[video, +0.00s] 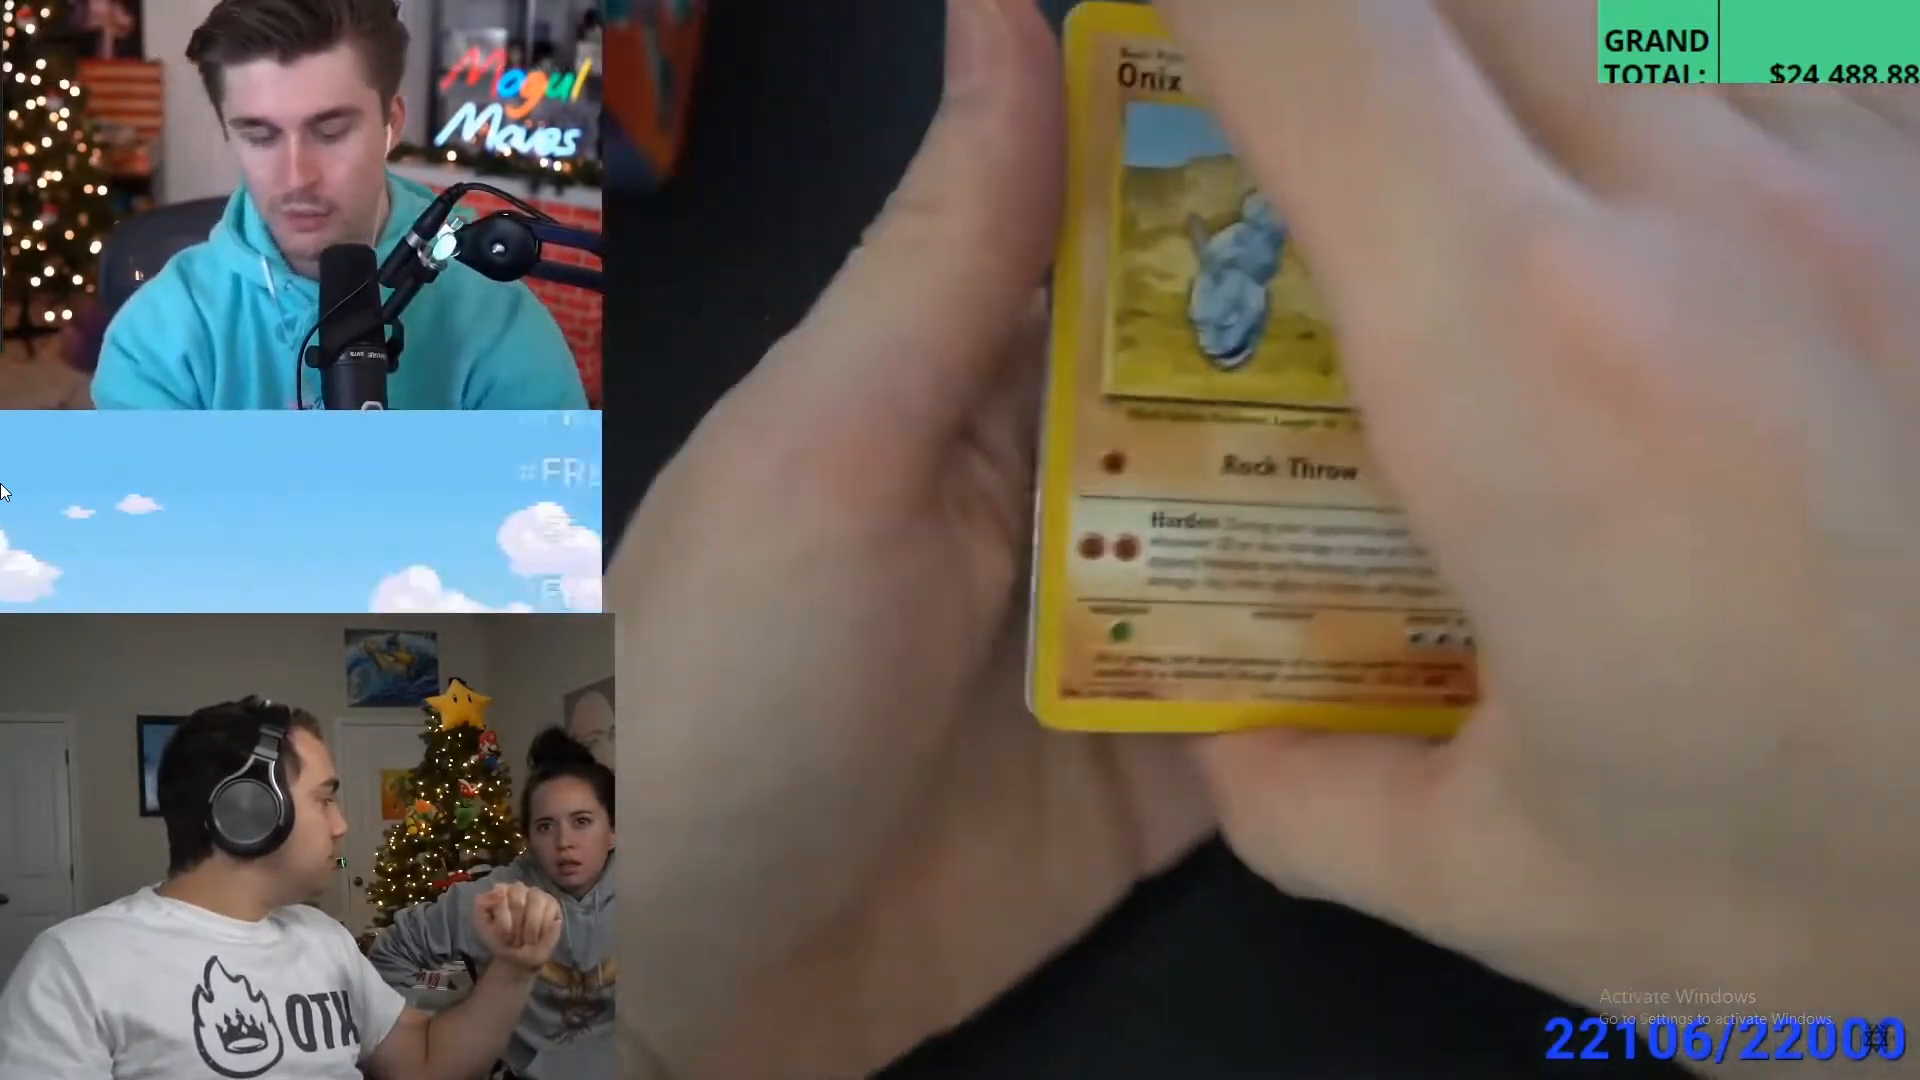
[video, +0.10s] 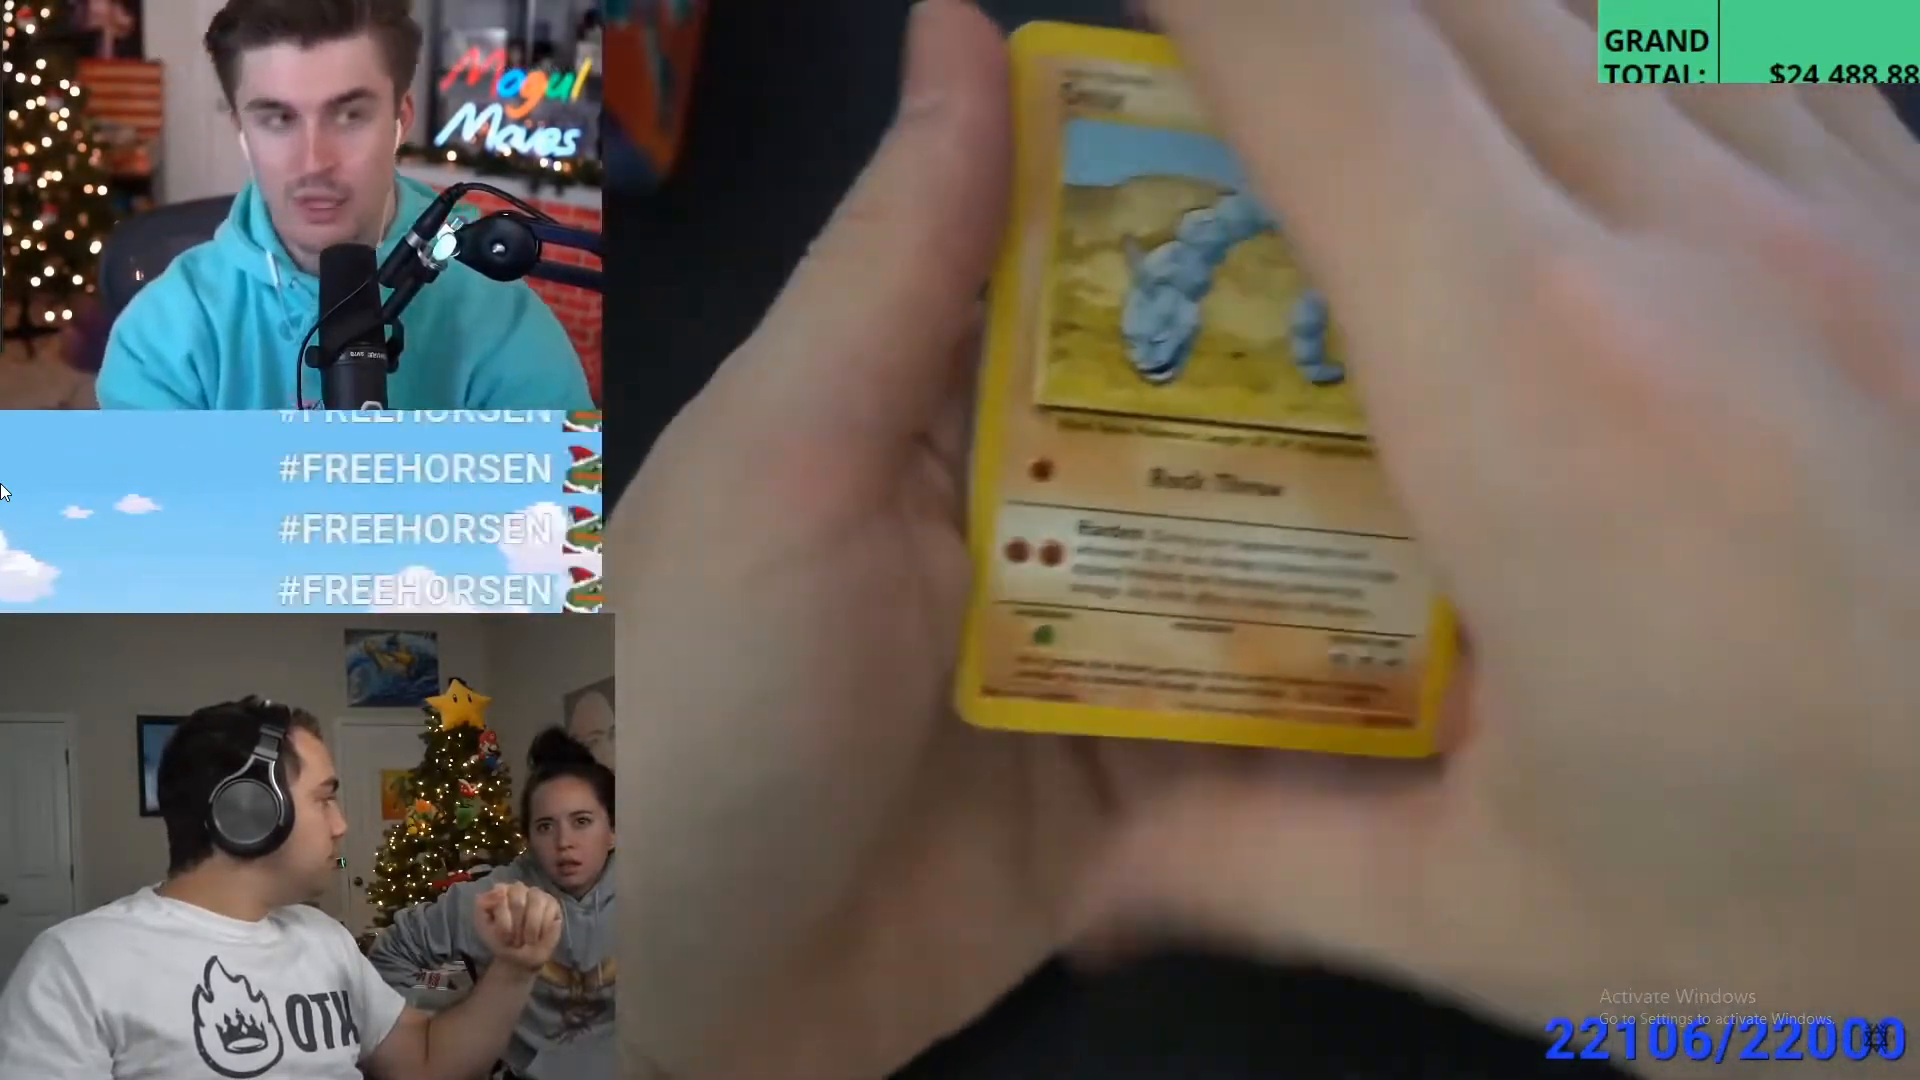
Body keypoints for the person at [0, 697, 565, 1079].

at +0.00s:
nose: (344, 824)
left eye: (335, 798)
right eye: (324, 799)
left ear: (260, 808)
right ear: (248, 809)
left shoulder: (324, 943)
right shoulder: (76, 967)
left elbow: (428, 1059)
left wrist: (512, 968)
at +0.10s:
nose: (344, 824)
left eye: (335, 798)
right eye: (324, 799)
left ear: (260, 808)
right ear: (248, 809)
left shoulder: (324, 943)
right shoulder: (76, 967)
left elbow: (428, 1059)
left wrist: (512, 968)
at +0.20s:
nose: (343, 824)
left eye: (335, 798)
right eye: (324, 798)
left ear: (260, 808)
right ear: (248, 808)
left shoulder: (324, 942)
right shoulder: (75, 967)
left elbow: (427, 1059)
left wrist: (512, 969)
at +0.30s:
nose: (343, 823)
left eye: (335, 798)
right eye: (324, 799)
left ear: (260, 808)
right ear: (248, 809)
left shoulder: (325, 943)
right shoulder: (76, 967)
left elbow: (427, 1059)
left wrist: (513, 969)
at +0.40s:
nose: (343, 823)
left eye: (335, 798)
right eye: (325, 799)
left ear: (259, 809)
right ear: (249, 810)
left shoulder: (325, 943)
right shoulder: (76, 967)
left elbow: (427, 1059)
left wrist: (512, 969)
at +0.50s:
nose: (343, 823)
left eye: (335, 798)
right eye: (325, 799)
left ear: (260, 809)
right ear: (249, 810)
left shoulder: (324, 942)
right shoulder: (76, 967)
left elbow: (427, 1059)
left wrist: (512, 969)